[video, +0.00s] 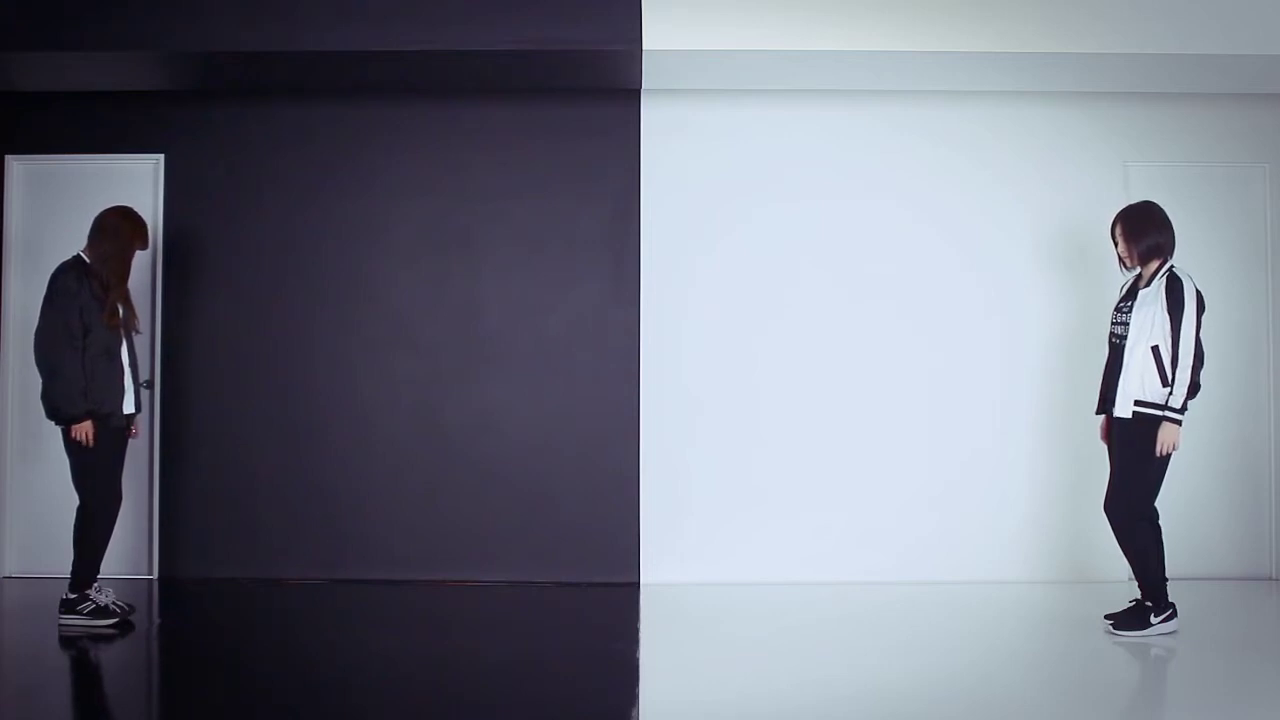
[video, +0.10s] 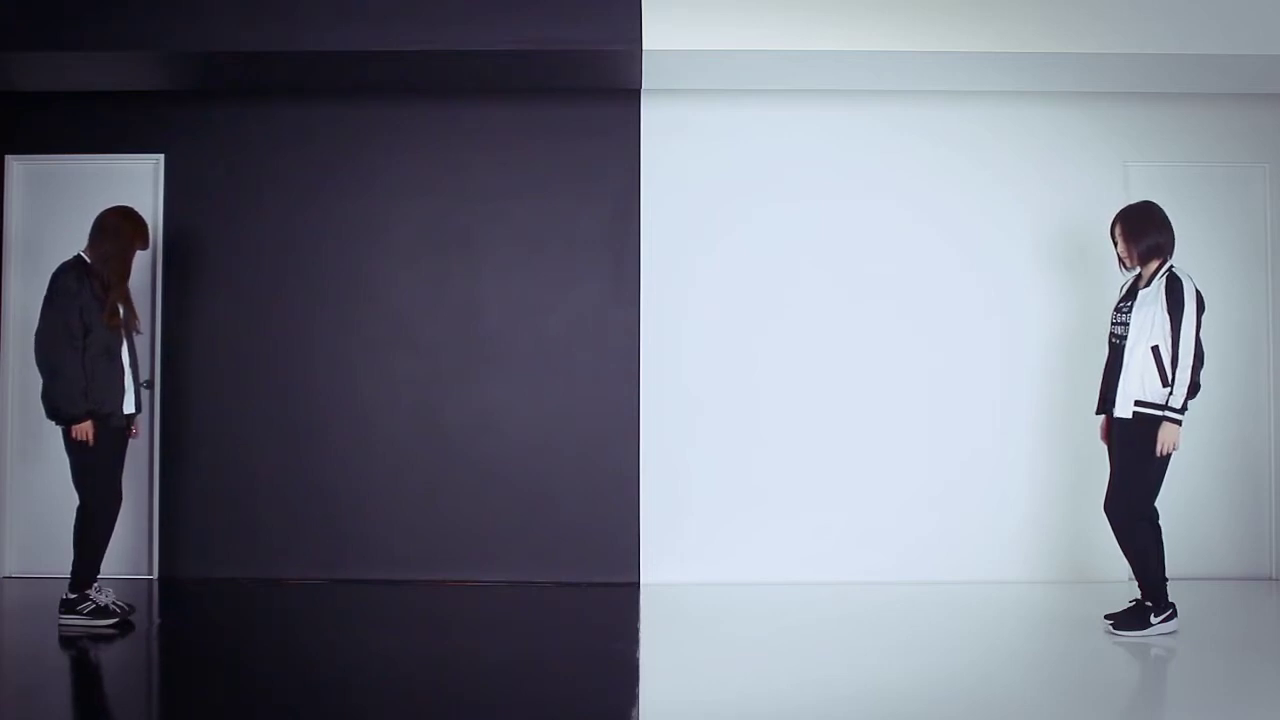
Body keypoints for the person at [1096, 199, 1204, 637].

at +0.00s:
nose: (1119, 249)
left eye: (1123, 240)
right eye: (1116, 241)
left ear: (1147, 236)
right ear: (1125, 242)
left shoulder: (1179, 284)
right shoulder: (1131, 287)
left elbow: (1190, 356)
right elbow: (1117, 354)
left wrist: (1174, 417)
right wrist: (1107, 410)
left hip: (1152, 417)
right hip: (1123, 416)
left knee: (1128, 507)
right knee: (1127, 506)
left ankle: (1158, 604)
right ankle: (1151, 600)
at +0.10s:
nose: (1118, 249)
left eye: (1123, 240)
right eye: (1116, 242)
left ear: (1147, 236)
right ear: (1125, 242)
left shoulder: (1179, 284)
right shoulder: (1131, 287)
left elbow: (1190, 356)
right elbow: (1117, 354)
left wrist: (1174, 417)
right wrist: (1107, 410)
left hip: (1152, 417)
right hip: (1122, 416)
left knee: (1128, 507)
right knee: (1127, 507)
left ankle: (1158, 604)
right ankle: (1151, 600)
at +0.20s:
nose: (1118, 249)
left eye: (1122, 240)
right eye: (1115, 242)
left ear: (1146, 236)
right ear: (1123, 242)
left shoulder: (1179, 285)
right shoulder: (1130, 287)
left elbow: (1189, 356)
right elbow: (1117, 354)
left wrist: (1174, 417)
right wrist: (1107, 410)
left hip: (1152, 417)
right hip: (1122, 416)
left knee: (1129, 506)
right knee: (1126, 506)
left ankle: (1158, 604)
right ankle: (1151, 600)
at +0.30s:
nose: (1117, 249)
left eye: (1122, 240)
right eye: (1114, 242)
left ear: (1146, 236)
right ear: (1121, 242)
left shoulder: (1178, 285)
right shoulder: (1130, 288)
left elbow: (1189, 357)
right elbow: (1117, 355)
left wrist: (1174, 417)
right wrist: (1107, 411)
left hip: (1152, 417)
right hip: (1123, 416)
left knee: (1129, 506)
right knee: (1124, 506)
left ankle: (1158, 604)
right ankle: (1151, 600)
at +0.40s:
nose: (1115, 249)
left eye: (1120, 240)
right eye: (1113, 241)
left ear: (1143, 236)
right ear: (1124, 241)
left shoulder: (1177, 285)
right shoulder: (1128, 288)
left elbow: (1189, 356)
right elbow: (1116, 355)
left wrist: (1174, 417)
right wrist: (1107, 411)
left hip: (1152, 418)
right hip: (1123, 416)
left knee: (1127, 505)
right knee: (1127, 506)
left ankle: (1158, 603)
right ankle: (1152, 600)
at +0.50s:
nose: (1114, 249)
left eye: (1118, 240)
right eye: (1111, 242)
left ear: (1141, 236)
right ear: (1120, 242)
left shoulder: (1176, 285)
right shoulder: (1126, 288)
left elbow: (1188, 356)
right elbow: (1116, 355)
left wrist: (1175, 416)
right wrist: (1107, 410)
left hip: (1153, 417)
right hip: (1123, 416)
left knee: (1130, 505)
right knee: (1126, 506)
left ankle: (1158, 604)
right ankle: (1151, 600)